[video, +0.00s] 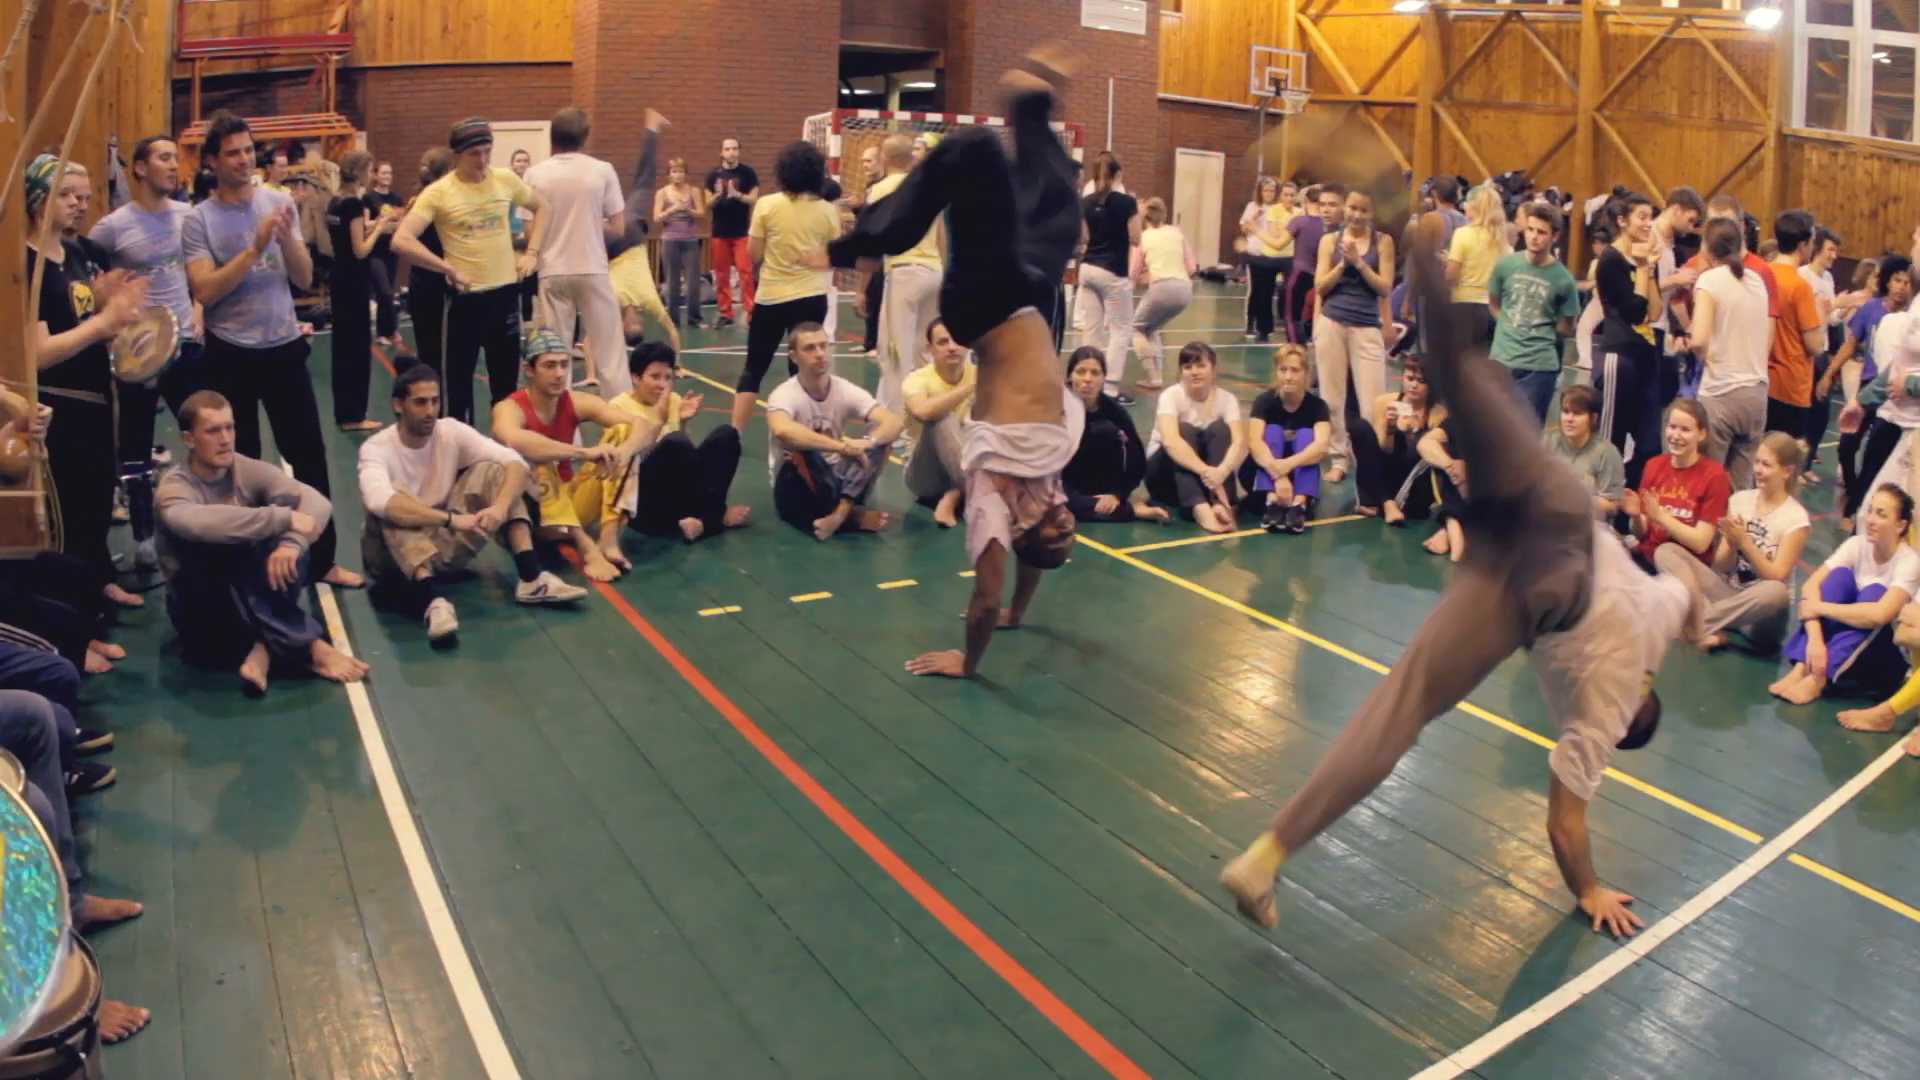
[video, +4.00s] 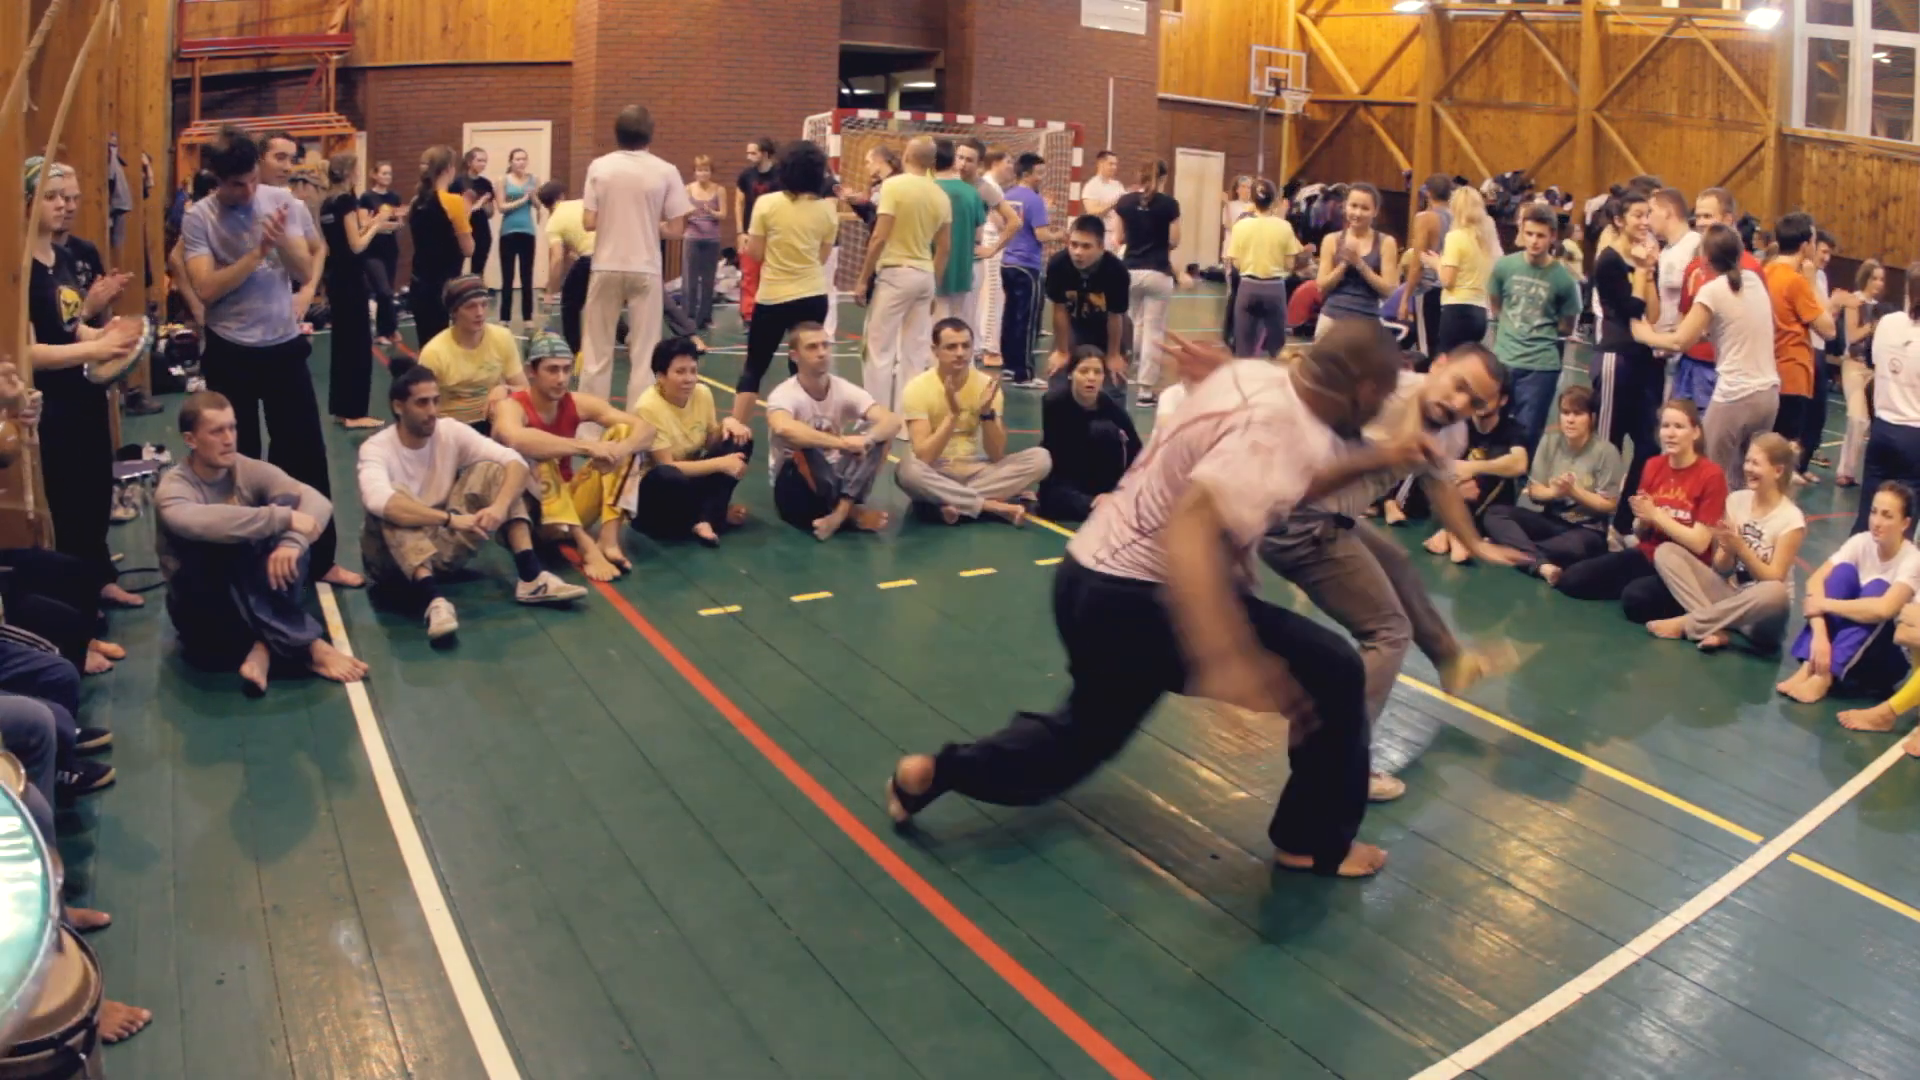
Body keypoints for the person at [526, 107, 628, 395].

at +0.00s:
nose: (588, 137)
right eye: (587, 133)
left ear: (552, 136)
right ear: (585, 137)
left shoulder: (535, 174)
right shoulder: (602, 170)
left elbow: (529, 231)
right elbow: (617, 228)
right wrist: (588, 228)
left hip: (552, 271)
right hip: (592, 269)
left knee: (555, 353)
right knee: (609, 349)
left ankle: (555, 420)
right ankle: (621, 420)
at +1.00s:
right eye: (596, 130)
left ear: (564, 136)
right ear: (596, 135)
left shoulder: (550, 173)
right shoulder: (615, 169)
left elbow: (543, 230)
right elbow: (630, 228)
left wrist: (572, 221)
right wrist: (600, 222)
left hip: (566, 266)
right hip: (604, 265)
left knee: (565, 347)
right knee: (614, 347)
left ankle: (565, 413)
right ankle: (613, 416)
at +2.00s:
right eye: (642, 133)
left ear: (609, 134)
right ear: (642, 136)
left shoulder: (589, 169)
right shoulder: (656, 173)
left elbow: (578, 224)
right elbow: (668, 232)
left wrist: (603, 222)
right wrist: (642, 225)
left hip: (598, 269)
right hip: (639, 270)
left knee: (590, 349)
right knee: (637, 350)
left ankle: (582, 425)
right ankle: (631, 423)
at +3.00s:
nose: (602, 135)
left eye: (600, 129)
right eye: (599, 130)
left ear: (567, 140)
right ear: (590, 135)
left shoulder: (553, 175)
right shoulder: (610, 164)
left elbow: (551, 230)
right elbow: (625, 219)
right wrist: (607, 239)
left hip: (567, 264)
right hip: (604, 260)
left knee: (570, 343)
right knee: (617, 341)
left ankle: (572, 414)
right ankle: (622, 416)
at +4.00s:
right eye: (649, 131)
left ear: (617, 134)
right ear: (650, 135)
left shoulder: (599, 168)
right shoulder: (666, 171)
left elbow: (589, 221)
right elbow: (677, 229)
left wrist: (618, 217)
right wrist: (648, 225)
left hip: (605, 268)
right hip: (646, 269)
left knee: (597, 350)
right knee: (645, 354)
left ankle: (589, 426)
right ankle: (639, 427)